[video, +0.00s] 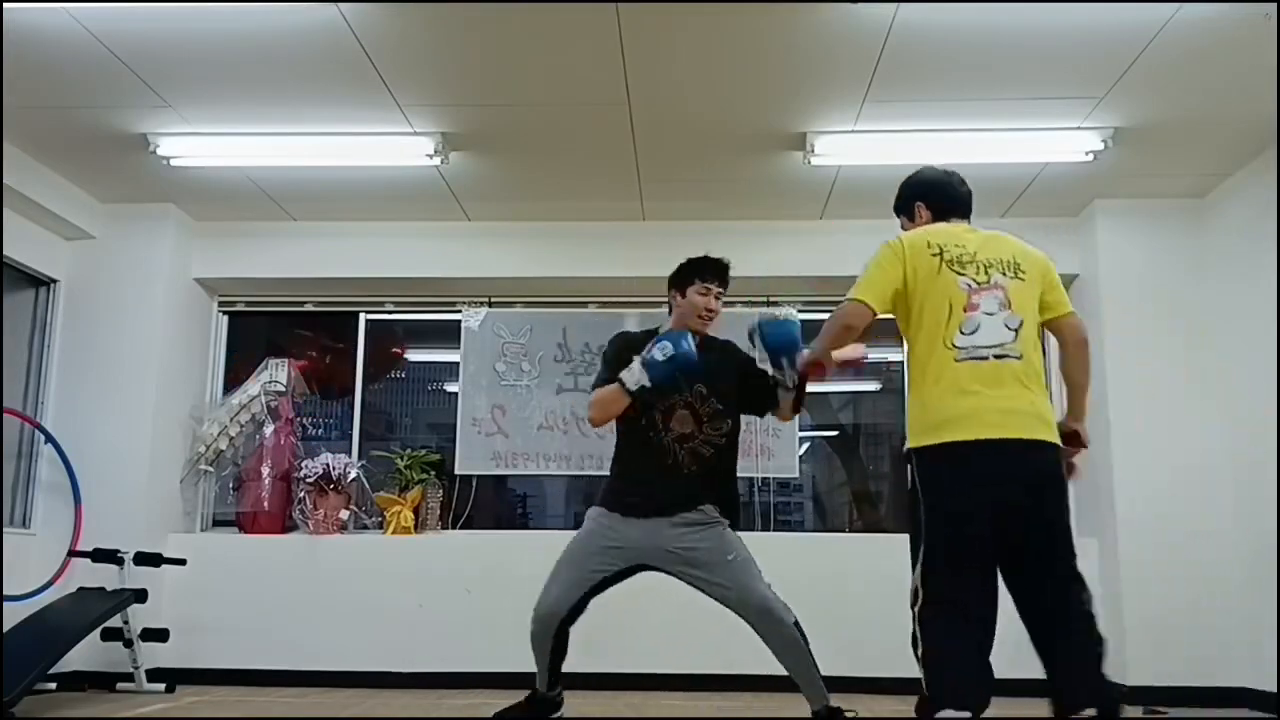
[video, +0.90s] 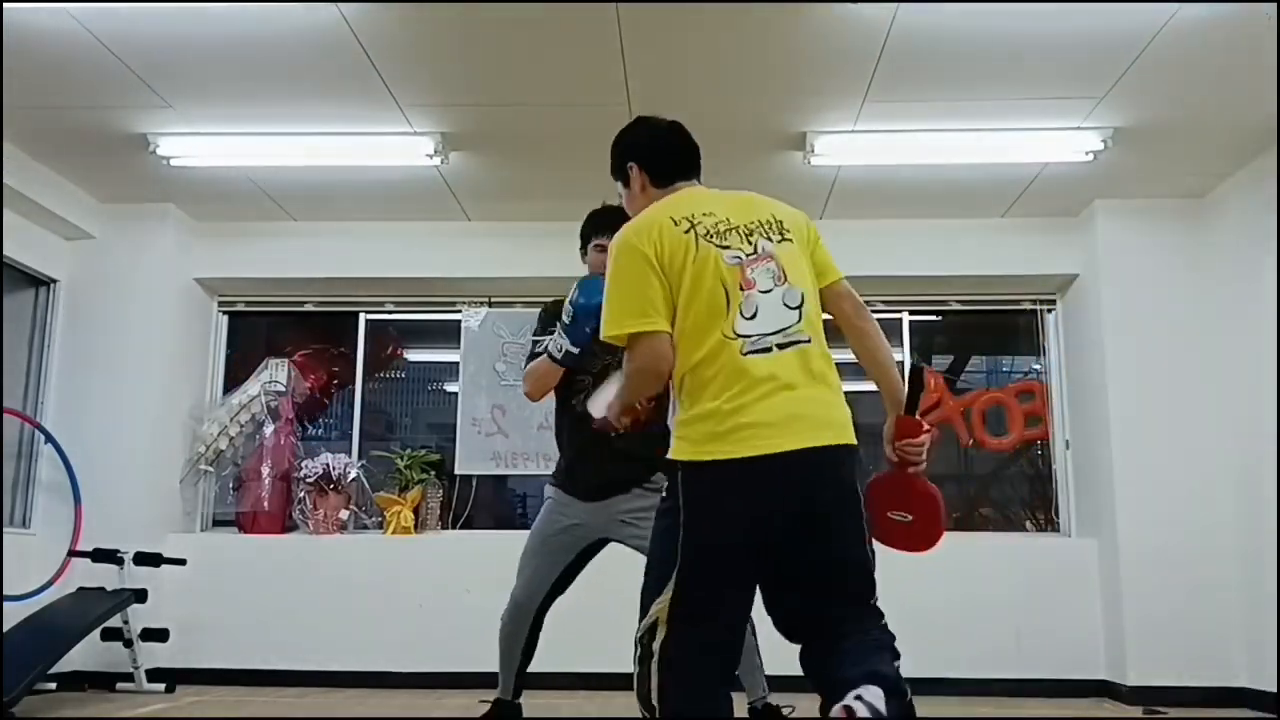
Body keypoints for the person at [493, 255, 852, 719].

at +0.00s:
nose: (713, 304)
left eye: (720, 298)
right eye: (704, 293)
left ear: (722, 307)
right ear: (675, 295)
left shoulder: (730, 359)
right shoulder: (631, 347)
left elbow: (785, 410)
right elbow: (597, 415)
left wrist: (787, 367)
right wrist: (643, 374)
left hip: (697, 525)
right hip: (617, 521)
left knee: (768, 610)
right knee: (548, 612)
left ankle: (824, 708)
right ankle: (545, 695)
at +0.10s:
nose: (660, 304)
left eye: (669, 295)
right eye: (650, 295)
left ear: (680, 302)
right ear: (629, 302)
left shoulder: (703, 357)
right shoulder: (604, 354)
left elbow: (758, 414)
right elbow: (568, 424)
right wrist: (609, 379)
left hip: (683, 523)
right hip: (606, 519)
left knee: (747, 603)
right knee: (531, 605)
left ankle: (809, 709)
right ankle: (493, 697)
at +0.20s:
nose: (640, 321)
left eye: (649, 311)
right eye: (629, 312)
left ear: (661, 319)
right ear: (609, 327)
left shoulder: (688, 381)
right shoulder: (587, 380)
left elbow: (734, 435)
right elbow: (549, 448)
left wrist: (760, 492)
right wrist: (588, 401)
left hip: (670, 550)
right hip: (591, 548)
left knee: (738, 618)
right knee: (515, 634)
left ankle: (796, 701)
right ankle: (481, 706)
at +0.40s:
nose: (674, 296)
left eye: (679, 288)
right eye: (664, 286)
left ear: (681, 294)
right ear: (635, 291)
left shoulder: (684, 352)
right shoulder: (599, 349)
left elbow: (685, 429)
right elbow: (600, 418)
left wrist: (704, 468)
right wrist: (637, 353)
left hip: (679, 523)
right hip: (603, 528)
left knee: (755, 602)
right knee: (540, 621)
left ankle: (797, 713)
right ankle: (482, 698)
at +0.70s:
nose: (615, 276)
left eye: (620, 264)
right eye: (604, 267)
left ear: (638, 267)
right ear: (590, 271)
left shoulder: (670, 324)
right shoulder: (571, 327)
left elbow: (716, 397)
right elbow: (547, 383)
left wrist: (712, 452)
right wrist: (581, 317)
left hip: (651, 504)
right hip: (571, 504)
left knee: (726, 603)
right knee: (516, 608)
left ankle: (793, 708)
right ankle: (507, 706)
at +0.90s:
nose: (611, 260)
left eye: (620, 249)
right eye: (601, 249)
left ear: (638, 253)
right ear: (583, 255)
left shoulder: (661, 311)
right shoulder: (562, 312)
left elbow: (691, 379)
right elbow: (534, 386)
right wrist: (576, 328)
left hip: (648, 493)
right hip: (572, 497)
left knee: (714, 595)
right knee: (522, 604)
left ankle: (762, 704)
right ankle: (506, 704)